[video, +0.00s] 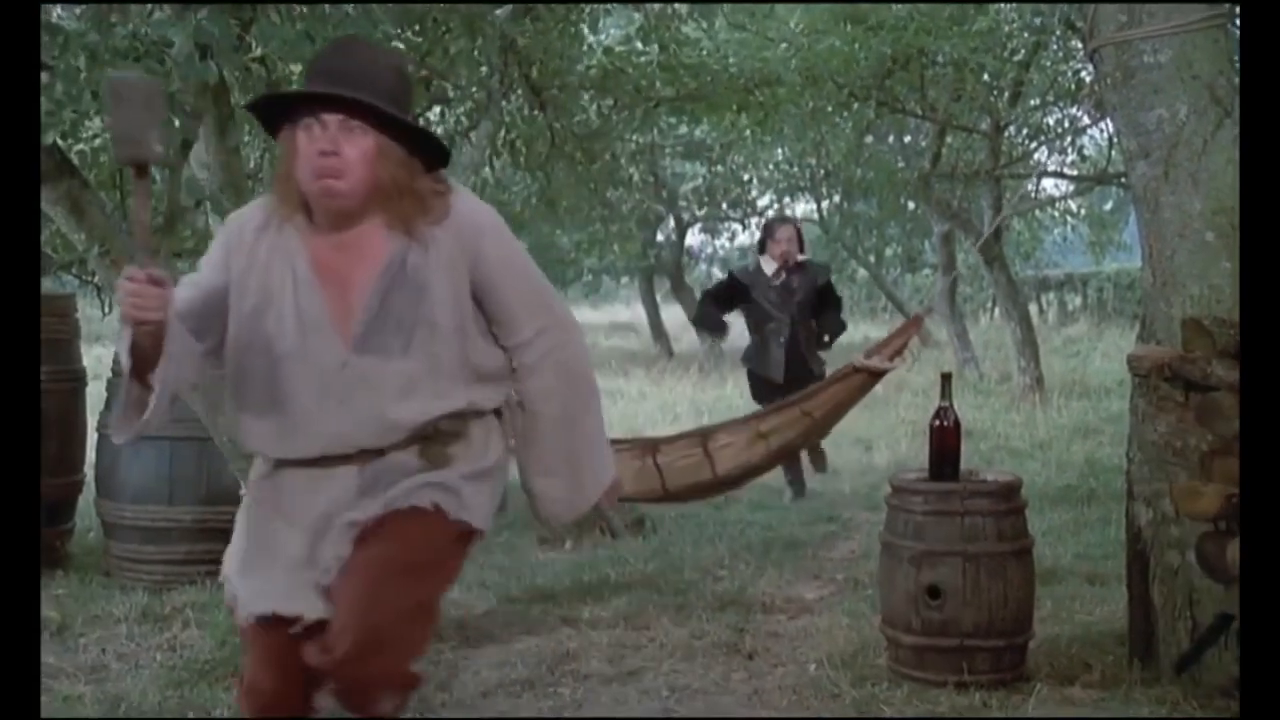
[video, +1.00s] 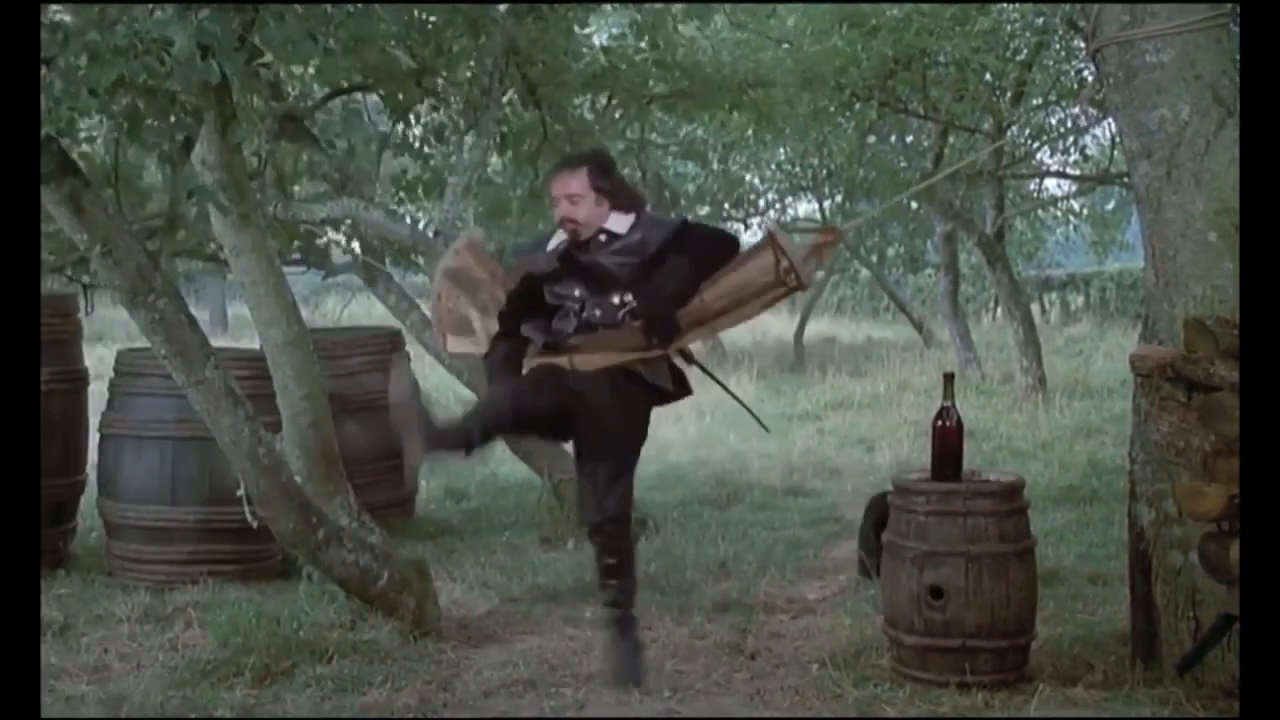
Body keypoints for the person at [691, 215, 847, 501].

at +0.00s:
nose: (788, 249)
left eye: (792, 242)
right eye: (781, 242)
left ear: (800, 245)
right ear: (767, 244)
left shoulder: (814, 276)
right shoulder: (747, 278)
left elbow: (832, 309)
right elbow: (709, 302)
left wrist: (826, 332)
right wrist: (715, 325)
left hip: (806, 362)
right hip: (767, 365)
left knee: (812, 412)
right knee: (782, 428)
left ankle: (813, 443)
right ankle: (795, 486)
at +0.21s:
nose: (778, 238)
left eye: (786, 230)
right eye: (771, 231)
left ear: (798, 237)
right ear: (759, 236)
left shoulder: (815, 276)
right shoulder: (736, 273)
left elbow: (836, 321)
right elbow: (701, 312)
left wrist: (828, 349)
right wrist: (717, 351)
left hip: (798, 372)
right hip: (750, 371)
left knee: (796, 444)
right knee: (752, 440)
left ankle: (795, 512)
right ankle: (768, 461)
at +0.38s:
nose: (739, 224)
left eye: (749, 216)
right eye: (732, 217)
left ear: (766, 222)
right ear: (722, 224)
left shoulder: (785, 263)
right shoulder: (702, 260)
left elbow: (814, 303)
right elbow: (659, 282)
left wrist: (800, 332)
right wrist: (629, 313)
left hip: (778, 382)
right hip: (722, 384)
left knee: (785, 443)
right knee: (722, 466)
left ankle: (794, 478)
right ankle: (726, 548)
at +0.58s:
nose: (688, 227)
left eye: (699, 218)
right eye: (680, 218)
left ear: (718, 226)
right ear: (668, 227)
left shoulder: (742, 279)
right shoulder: (643, 273)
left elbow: (772, 335)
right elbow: (604, 326)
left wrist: (761, 364)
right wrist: (613, 326)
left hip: (718, 404)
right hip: (659, 404)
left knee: (707, 511)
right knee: (665, 516)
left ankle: (704, 598)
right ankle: (701, 513)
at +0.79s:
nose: (616, 224)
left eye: (629, 216)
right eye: (608, 216)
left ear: (654, 227)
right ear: (598, 227)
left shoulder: (679, 284)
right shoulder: (568, 281)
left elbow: (724, 329)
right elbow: (526, 350)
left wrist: (671, 345)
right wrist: (540, 401)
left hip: (641, 424)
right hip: (574, 424)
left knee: (631, 520)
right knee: (563, 531)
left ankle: (637, 609)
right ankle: (580, 628)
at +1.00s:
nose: (562, 212)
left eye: (572, 201)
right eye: (556, 202)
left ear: (605, 198)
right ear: (554, 205)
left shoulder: (653, 235)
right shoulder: (548, 266)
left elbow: (724, 244)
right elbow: (508, 331)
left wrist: (667, 290)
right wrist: (502, 396)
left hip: (618, 388)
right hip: (556, 386)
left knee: (607, 516)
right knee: (512, 398)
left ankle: (622, 629)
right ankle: (450, 435)